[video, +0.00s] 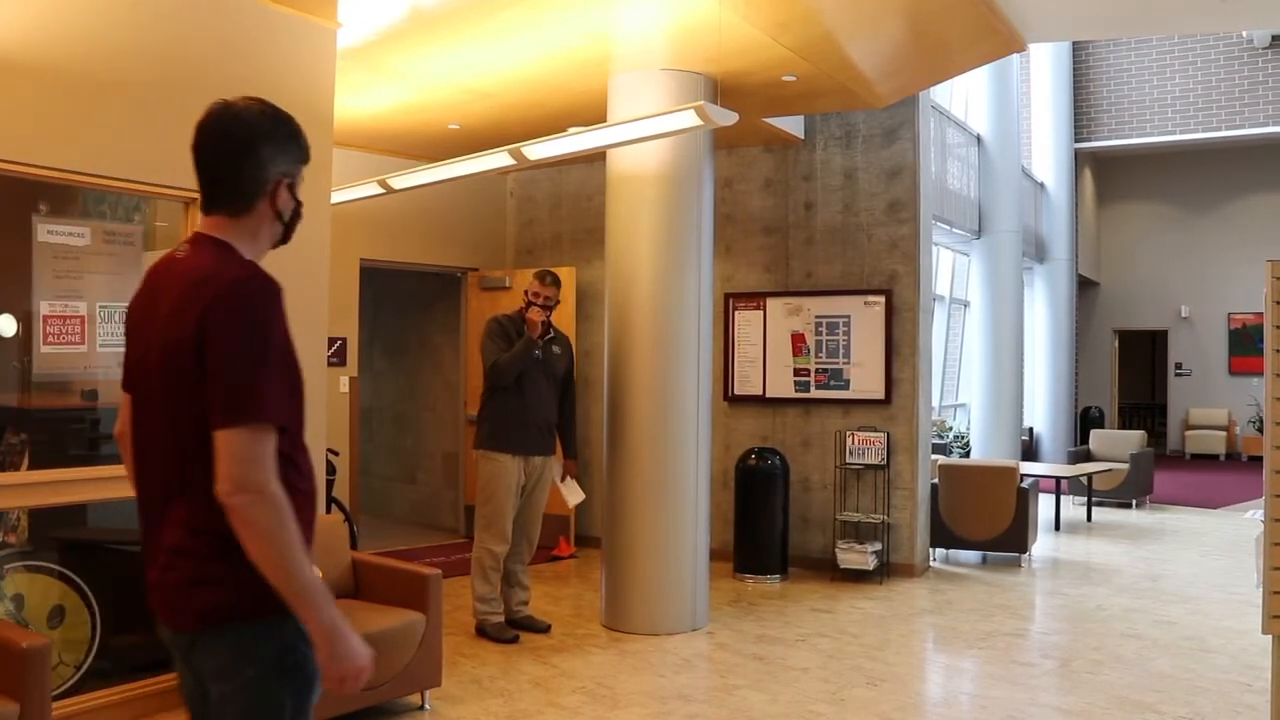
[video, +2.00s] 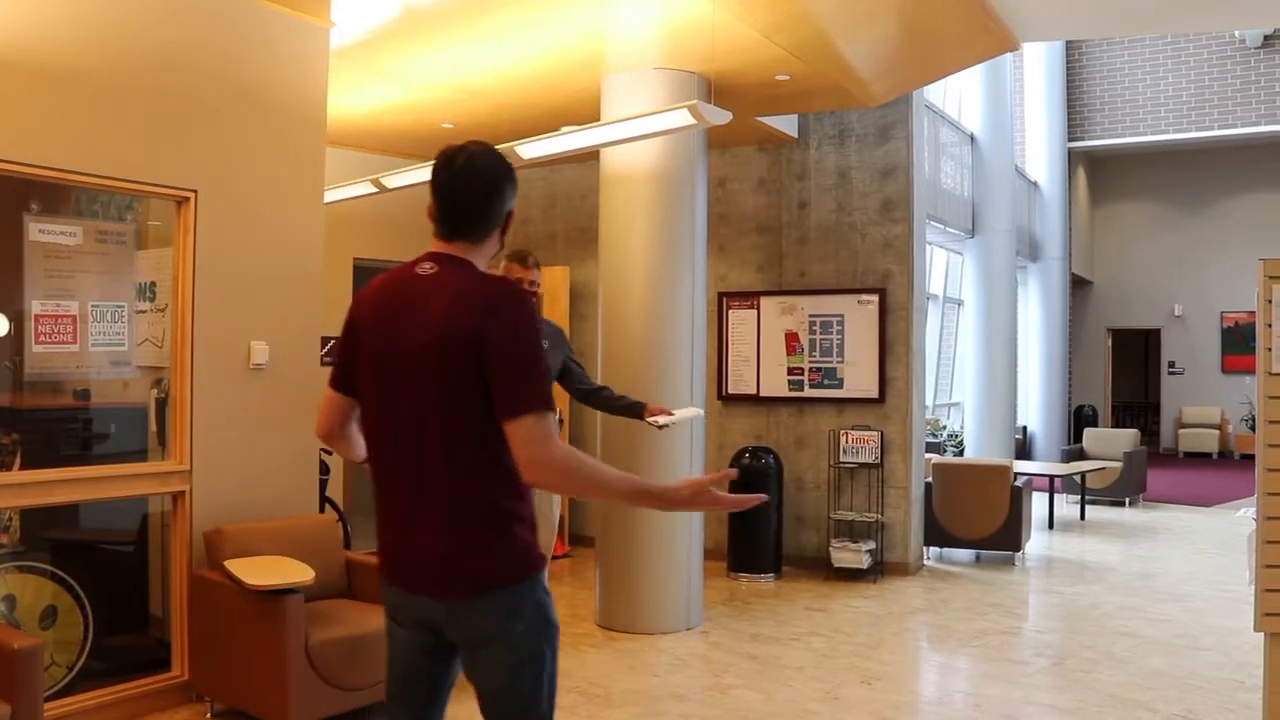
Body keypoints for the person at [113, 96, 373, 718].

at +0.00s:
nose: (300, 201)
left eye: (300, 183)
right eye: (299, 183)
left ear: (209, 180)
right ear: (279, 192)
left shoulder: (160, 280)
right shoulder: (244, 290)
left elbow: (132, 436)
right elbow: (247, 485)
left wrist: (182, 541)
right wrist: (329, 626)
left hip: (188, 603)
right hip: (250, 614)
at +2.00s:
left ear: (429, 208)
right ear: (504, 223)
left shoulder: (373, 300)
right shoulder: (503, 304)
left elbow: (331, 425)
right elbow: (540, 458)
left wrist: (383, 450)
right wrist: (667, 495)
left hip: (406, 567)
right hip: (493, 572)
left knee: (406, 711)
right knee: (522, 710)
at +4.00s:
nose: (724, 228)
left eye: (728, 216)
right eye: (728, 216)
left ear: (736, 224)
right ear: (797, 233)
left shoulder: (712, 300)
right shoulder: (837, 321)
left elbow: (692, 439)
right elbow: (858, 466)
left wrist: (605, 502)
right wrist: (795, 494)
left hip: (716, 567)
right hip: (806, 571)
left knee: (655, 714)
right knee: (774, 715)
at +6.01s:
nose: (900, 234)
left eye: (907, 221)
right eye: (902, 222)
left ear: (937, 230)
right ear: (943, 232)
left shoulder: (978, 312)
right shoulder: (962, 310)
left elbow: (1012, 458)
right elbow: (951, 450)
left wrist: (904, 526)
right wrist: (861, 468)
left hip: (943, 572)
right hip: (942, 566)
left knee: (890, 711)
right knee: (945, 712)